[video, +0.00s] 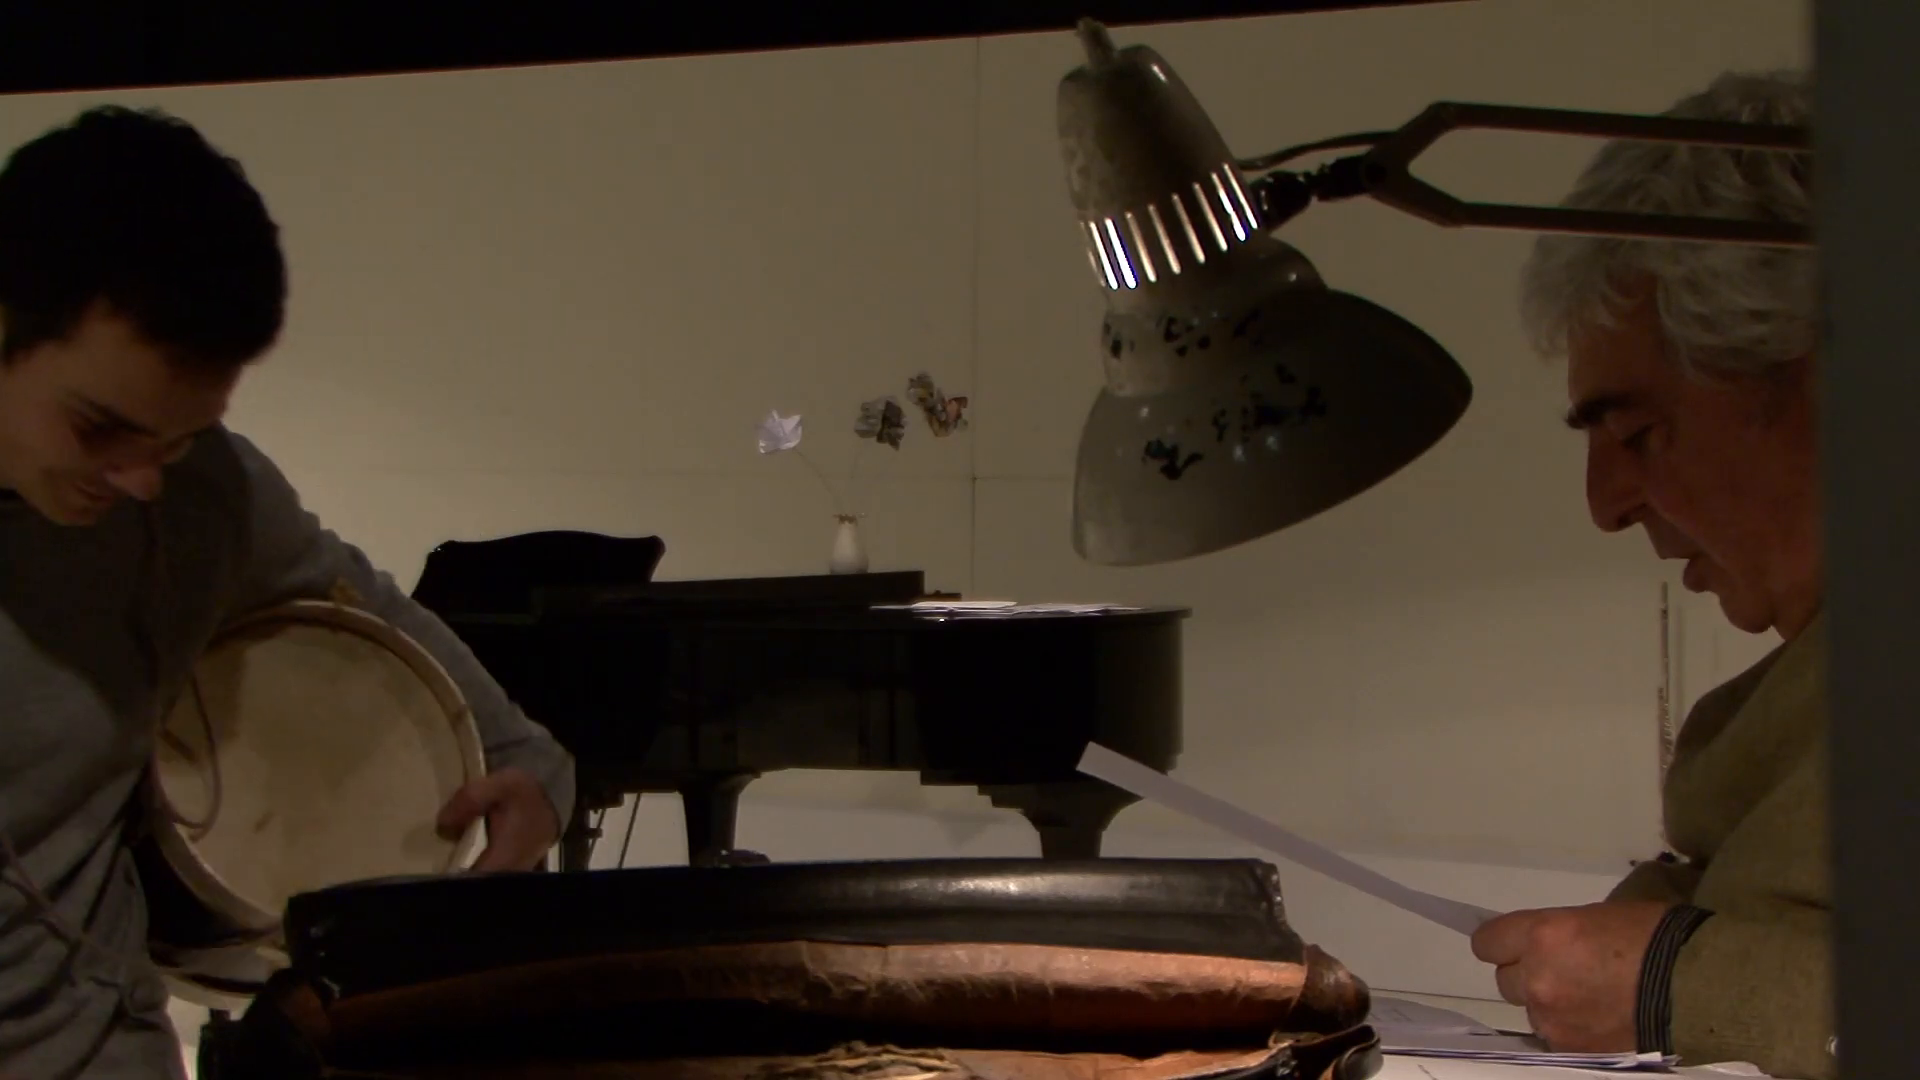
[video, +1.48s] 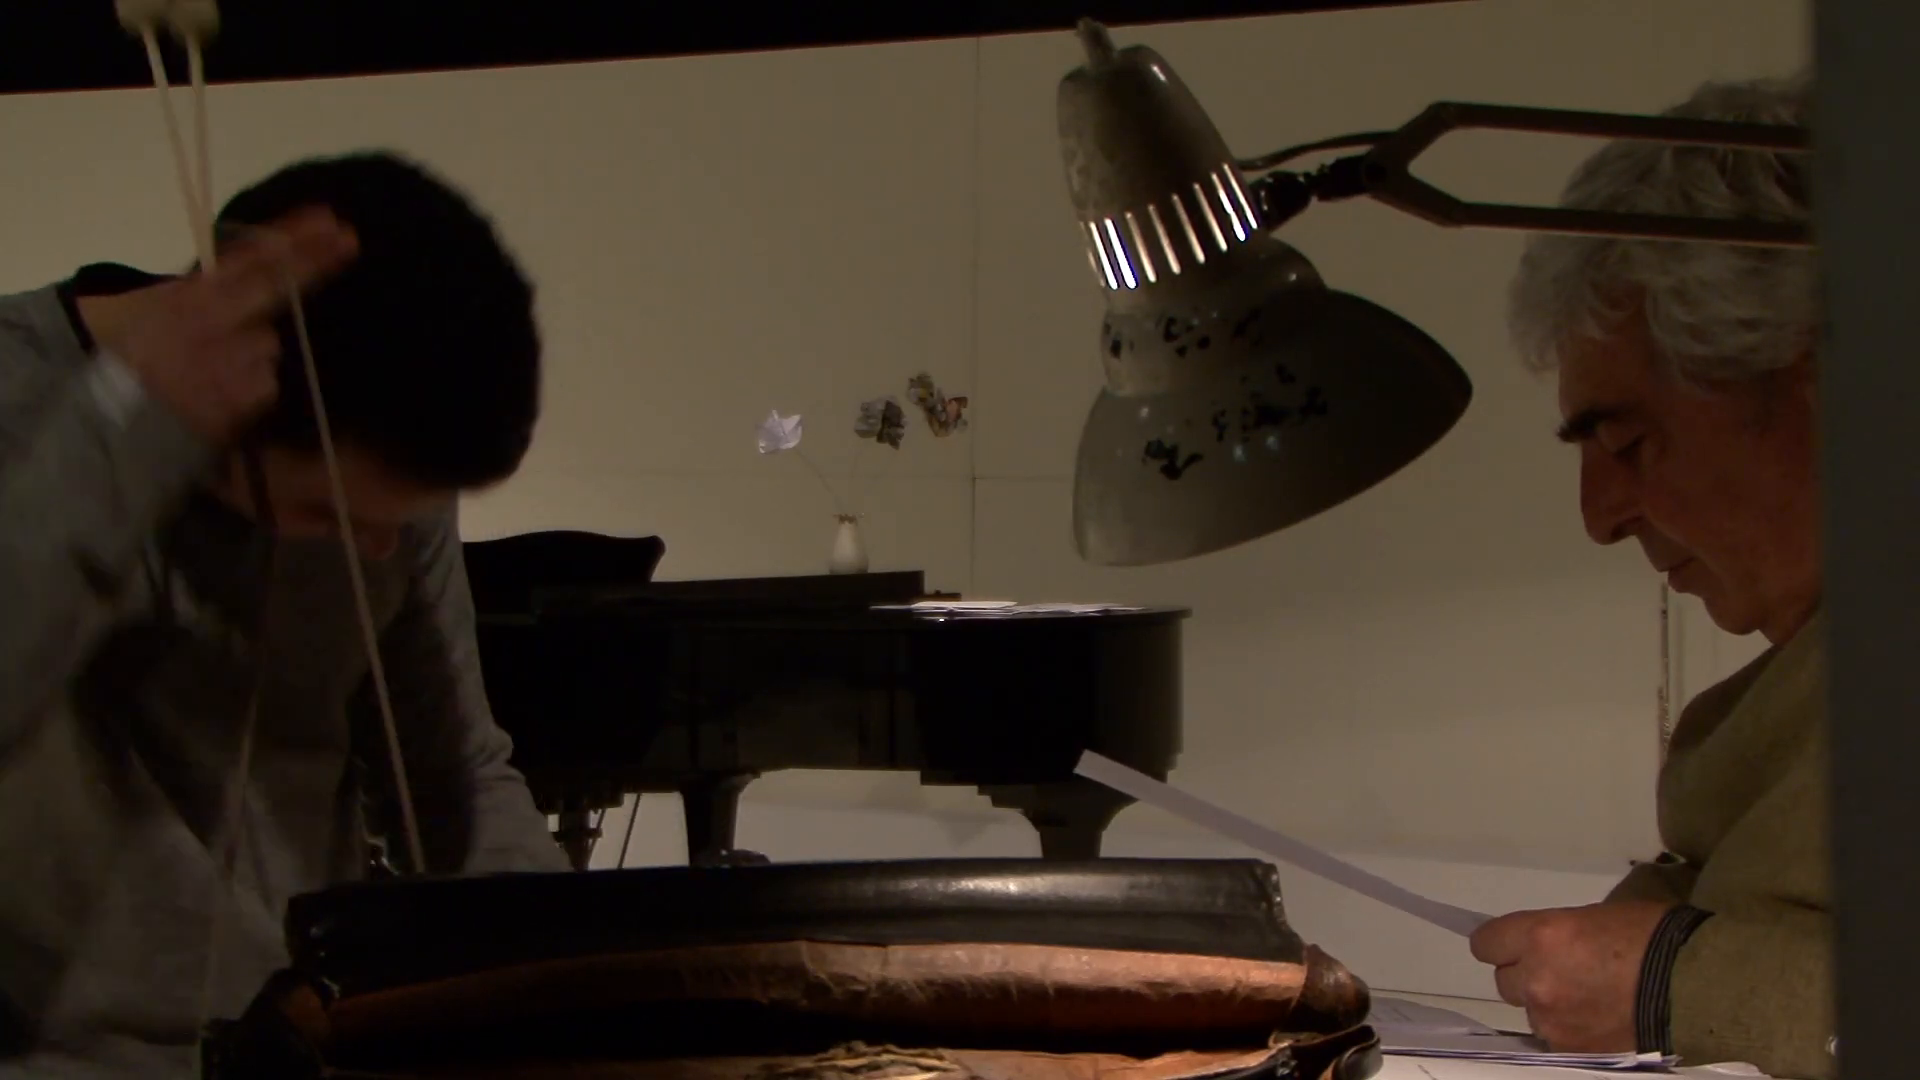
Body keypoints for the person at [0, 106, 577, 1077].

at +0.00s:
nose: (139, 481)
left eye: (179, 443)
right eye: (101, 428)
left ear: (214, 393)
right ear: (1, 335)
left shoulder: (196, 481)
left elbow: (360, 607)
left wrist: (525, 756)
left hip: (102, 1038)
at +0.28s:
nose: (186, 438)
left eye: (221, 397)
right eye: (147, 386)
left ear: (250, 348)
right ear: (15, 279)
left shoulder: (228, 467)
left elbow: (394, 641)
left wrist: (608, 760)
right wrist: (72, 996)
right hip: (22, 1036)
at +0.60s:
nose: (485, 459)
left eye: (513, 417)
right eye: (457, 405)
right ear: (319, 289)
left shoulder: (471, 498)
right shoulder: (33, 475)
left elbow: (570, 776)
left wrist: (753, 913)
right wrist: (221, 914)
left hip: (366, 1051)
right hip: (69, 1059)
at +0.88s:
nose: (589, 491)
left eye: (622, 453)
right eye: (569, 433)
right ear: (442, 309)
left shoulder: (559, 530)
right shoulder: (101, 452)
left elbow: (572, 850)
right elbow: (1, 803)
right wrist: (239, 790)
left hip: (363, 1045)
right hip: (74, 1044)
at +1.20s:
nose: (500, 448)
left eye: (526, 406)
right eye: (476, 389)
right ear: (342, 263)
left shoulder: (463, 474)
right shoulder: (29, 438)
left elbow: (502, 811)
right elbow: (12, 858)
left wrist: (580, 990)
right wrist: (232, 699)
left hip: (384, 1018)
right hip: (98, 1039)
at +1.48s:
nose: (371, 553)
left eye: (398, 520)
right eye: (328, 512)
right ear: (233, 393)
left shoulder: (394, 465)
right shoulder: (29, 383)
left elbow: (463, 766)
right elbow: (12, 707)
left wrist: (547, 957)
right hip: (93, 1036)